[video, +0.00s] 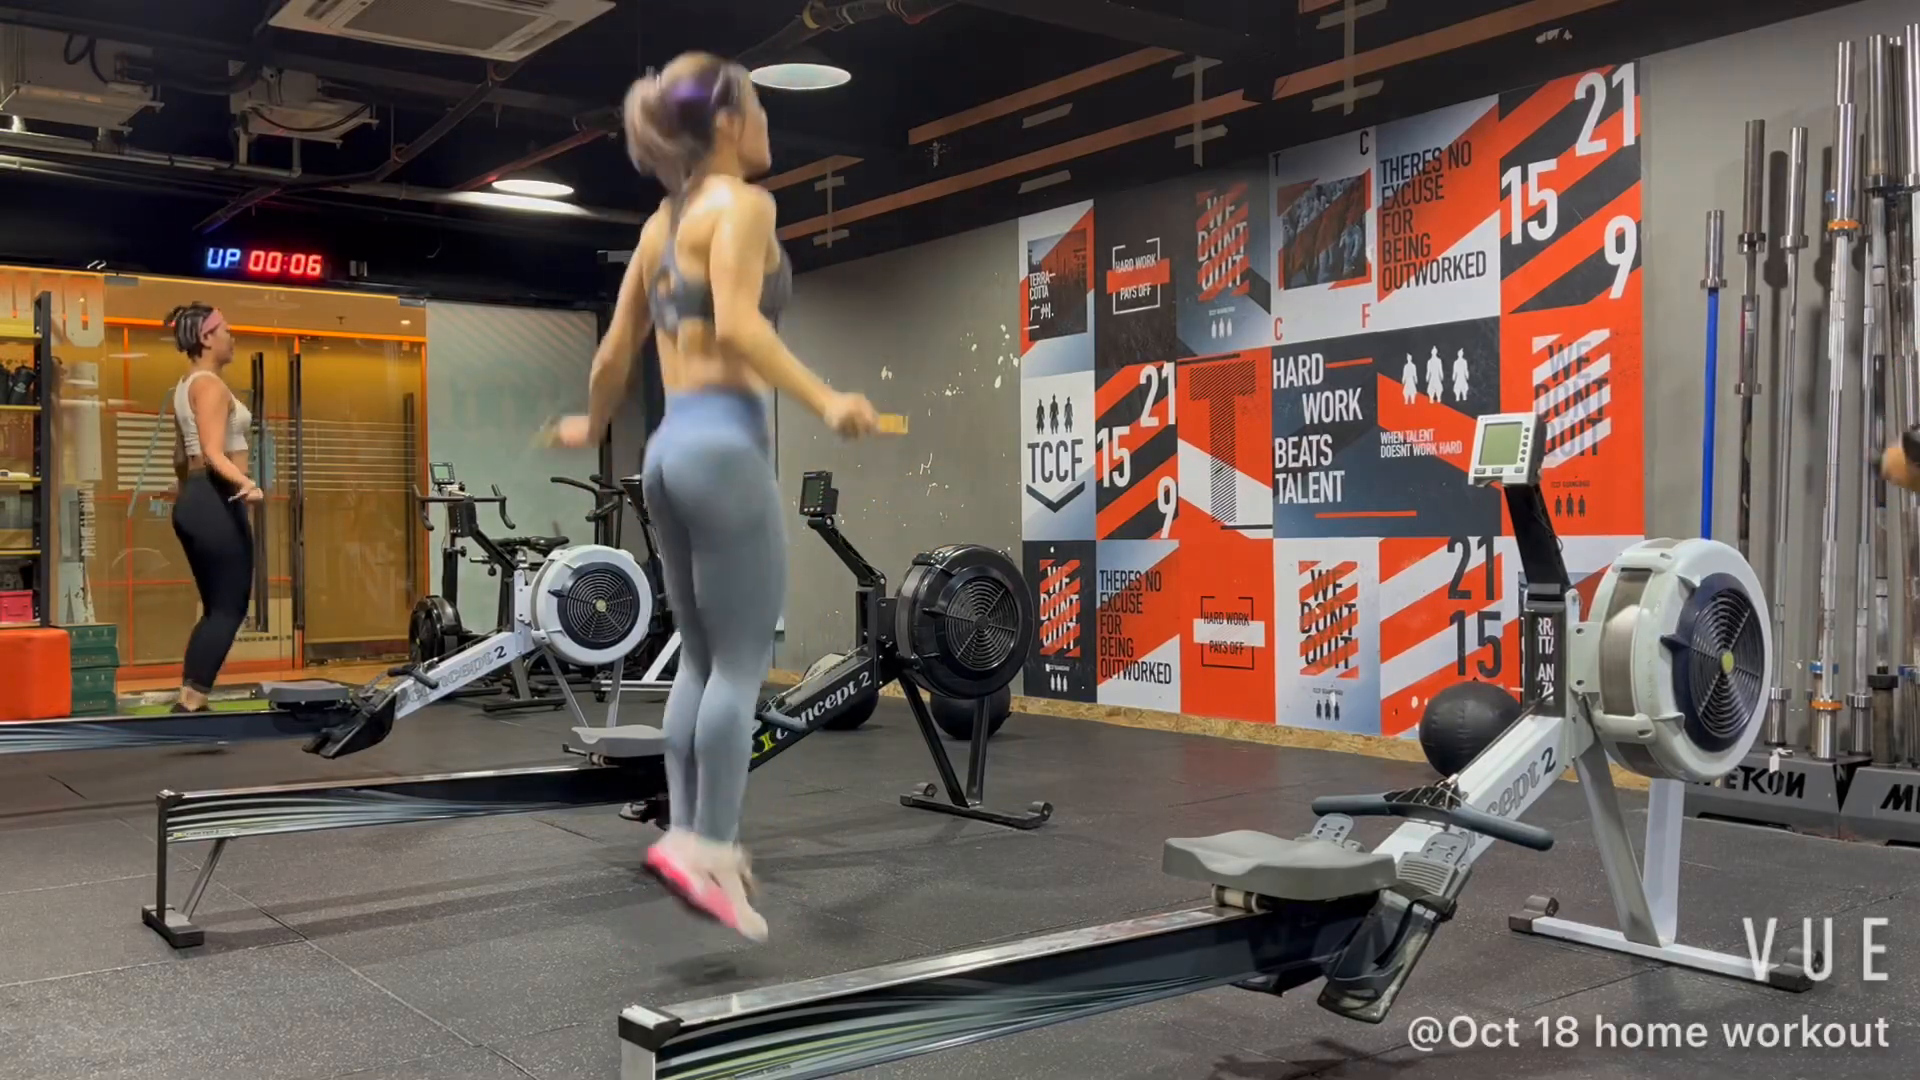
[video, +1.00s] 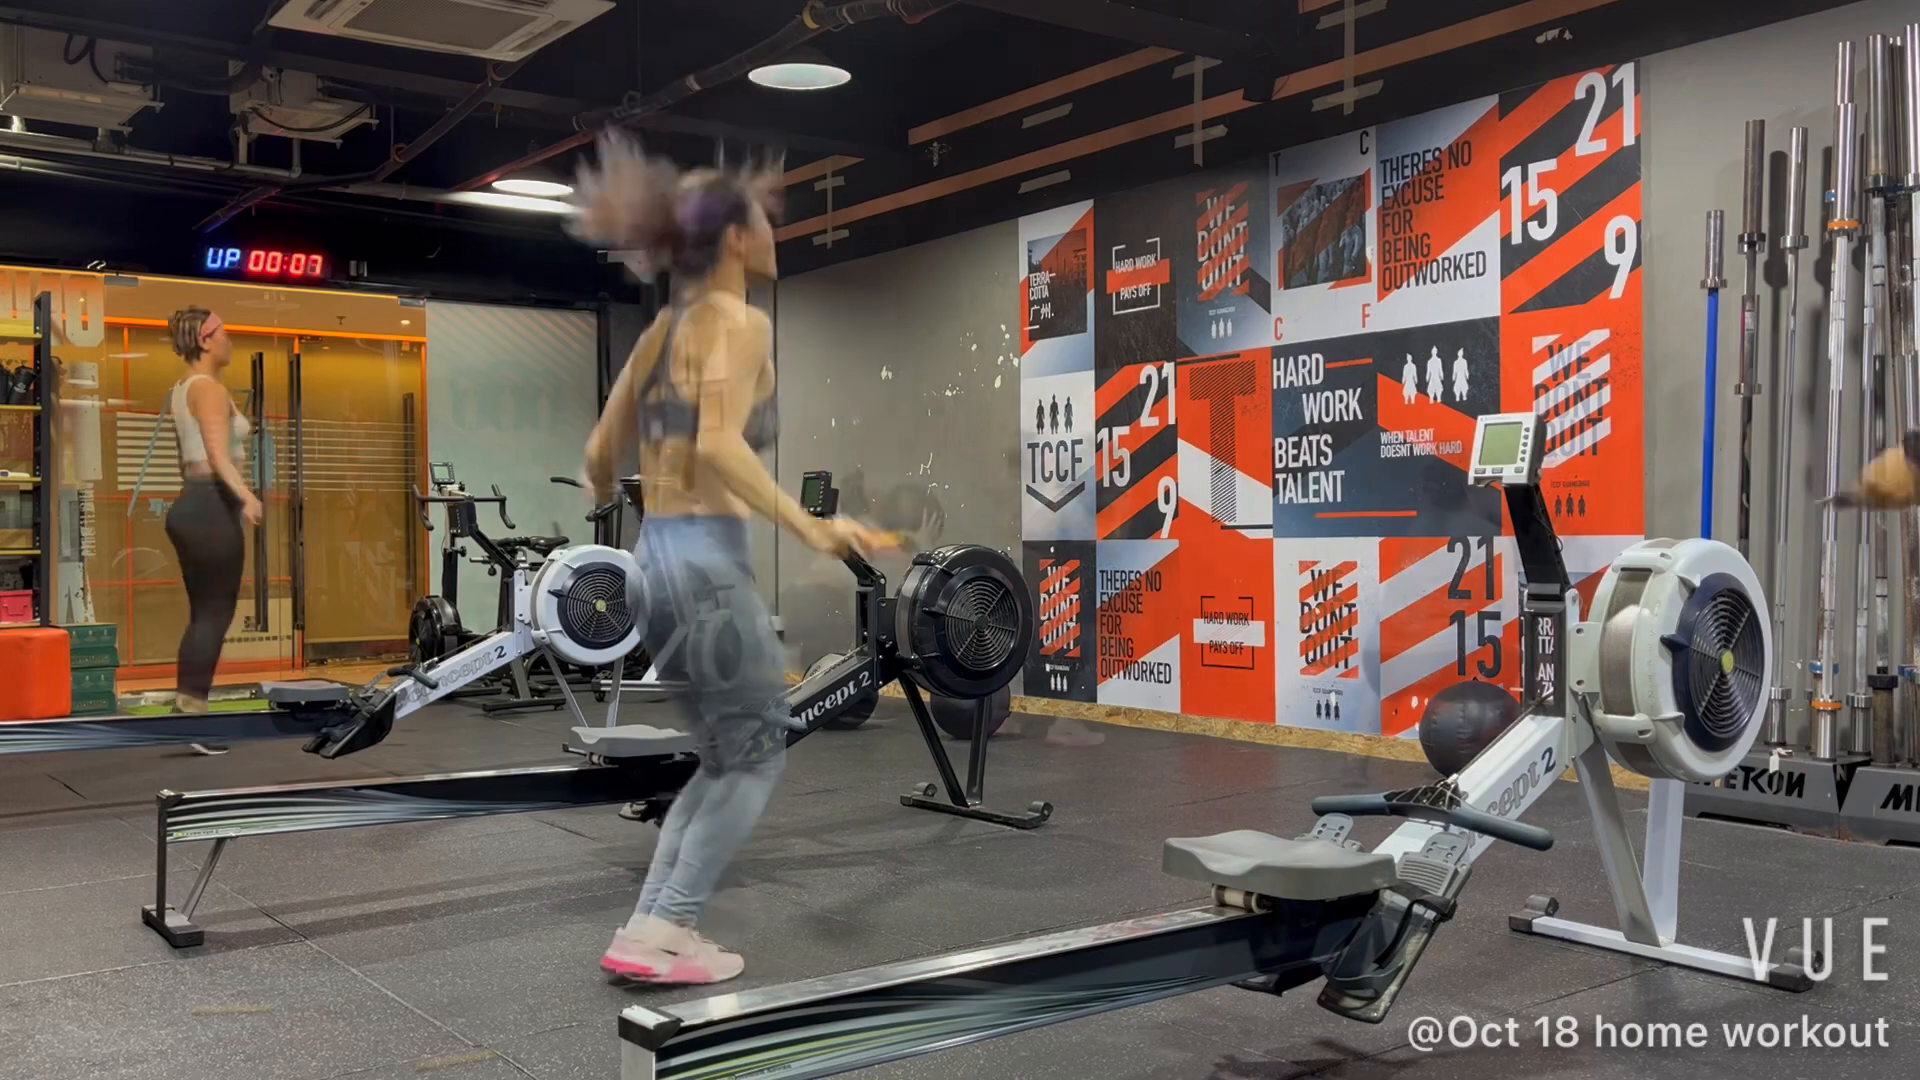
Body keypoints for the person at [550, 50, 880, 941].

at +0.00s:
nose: (763, 123)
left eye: (756, 108)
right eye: (754, 110)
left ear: (684, 133)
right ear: (727, 123)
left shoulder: (659, 223)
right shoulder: (744, 203)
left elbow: (617, 349)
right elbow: (736, 323)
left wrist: (589, 424)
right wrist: (827, 401)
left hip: (669, 446)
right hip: (721, 443)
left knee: (699, 657)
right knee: (739, 659)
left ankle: (689, 838)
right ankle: (711, 846)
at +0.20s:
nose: (776, 97)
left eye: (771, 81)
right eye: (767, 83)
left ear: (710, 99)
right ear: (737, 91)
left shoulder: (666, 188)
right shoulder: (748, 172)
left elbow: (626, 318)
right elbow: (723, 291)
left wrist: (603, 418)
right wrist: (790, 385)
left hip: (657, 419)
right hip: (709, 418)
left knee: (705, 629)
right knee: (748, 625)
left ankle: (688, 806)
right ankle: (702, 810)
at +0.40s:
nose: (781, 230)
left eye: (774, 216)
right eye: (768, 216)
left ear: (715, 241)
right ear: (737, 233)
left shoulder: (670, 326)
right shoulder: (748, 320)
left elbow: (612, 443)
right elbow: (721, 444)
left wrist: (603, 488)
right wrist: (814, 518)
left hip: (666, 560)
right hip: (709, 559)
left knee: (739, 755)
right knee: (768, 753)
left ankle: (666, 924)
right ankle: (675, 929)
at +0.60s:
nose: (760, 111)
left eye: (753, 95)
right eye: (750, 98)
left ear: (687, 123)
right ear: (722, 112)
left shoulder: (658, 213)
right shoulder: (735, 194)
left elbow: (617, 338)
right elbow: (728, 316)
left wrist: (583, 415)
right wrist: (818, 390)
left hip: (665, 439)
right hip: (715, 438)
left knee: (703, 647)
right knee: (737, 648)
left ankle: (681, 828)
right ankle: (700, 835)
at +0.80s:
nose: (773, 101)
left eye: (769, 85)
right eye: (765, 87)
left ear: (703, 101)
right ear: (734, 91)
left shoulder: (660, 189)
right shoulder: (743, 171)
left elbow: (620, 322)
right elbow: (718, 289)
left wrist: (606, 418)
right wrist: (788, 382)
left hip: (651, 418)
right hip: (703, 414)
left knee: (700, 621)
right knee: (739, 623)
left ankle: (670, 801)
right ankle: (700, 814)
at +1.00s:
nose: (775, 228)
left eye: (768, 215)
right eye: (763, 216)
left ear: (707, 242)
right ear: (734, 235)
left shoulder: (665, 328)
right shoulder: (738, 325)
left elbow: (605, 444)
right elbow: (719, 445)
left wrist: (605, 489)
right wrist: (814, 528)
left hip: (658, 555)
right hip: (705, 556)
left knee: (725, 751)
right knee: (755, 745)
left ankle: (649, 923)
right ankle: (667, 929)